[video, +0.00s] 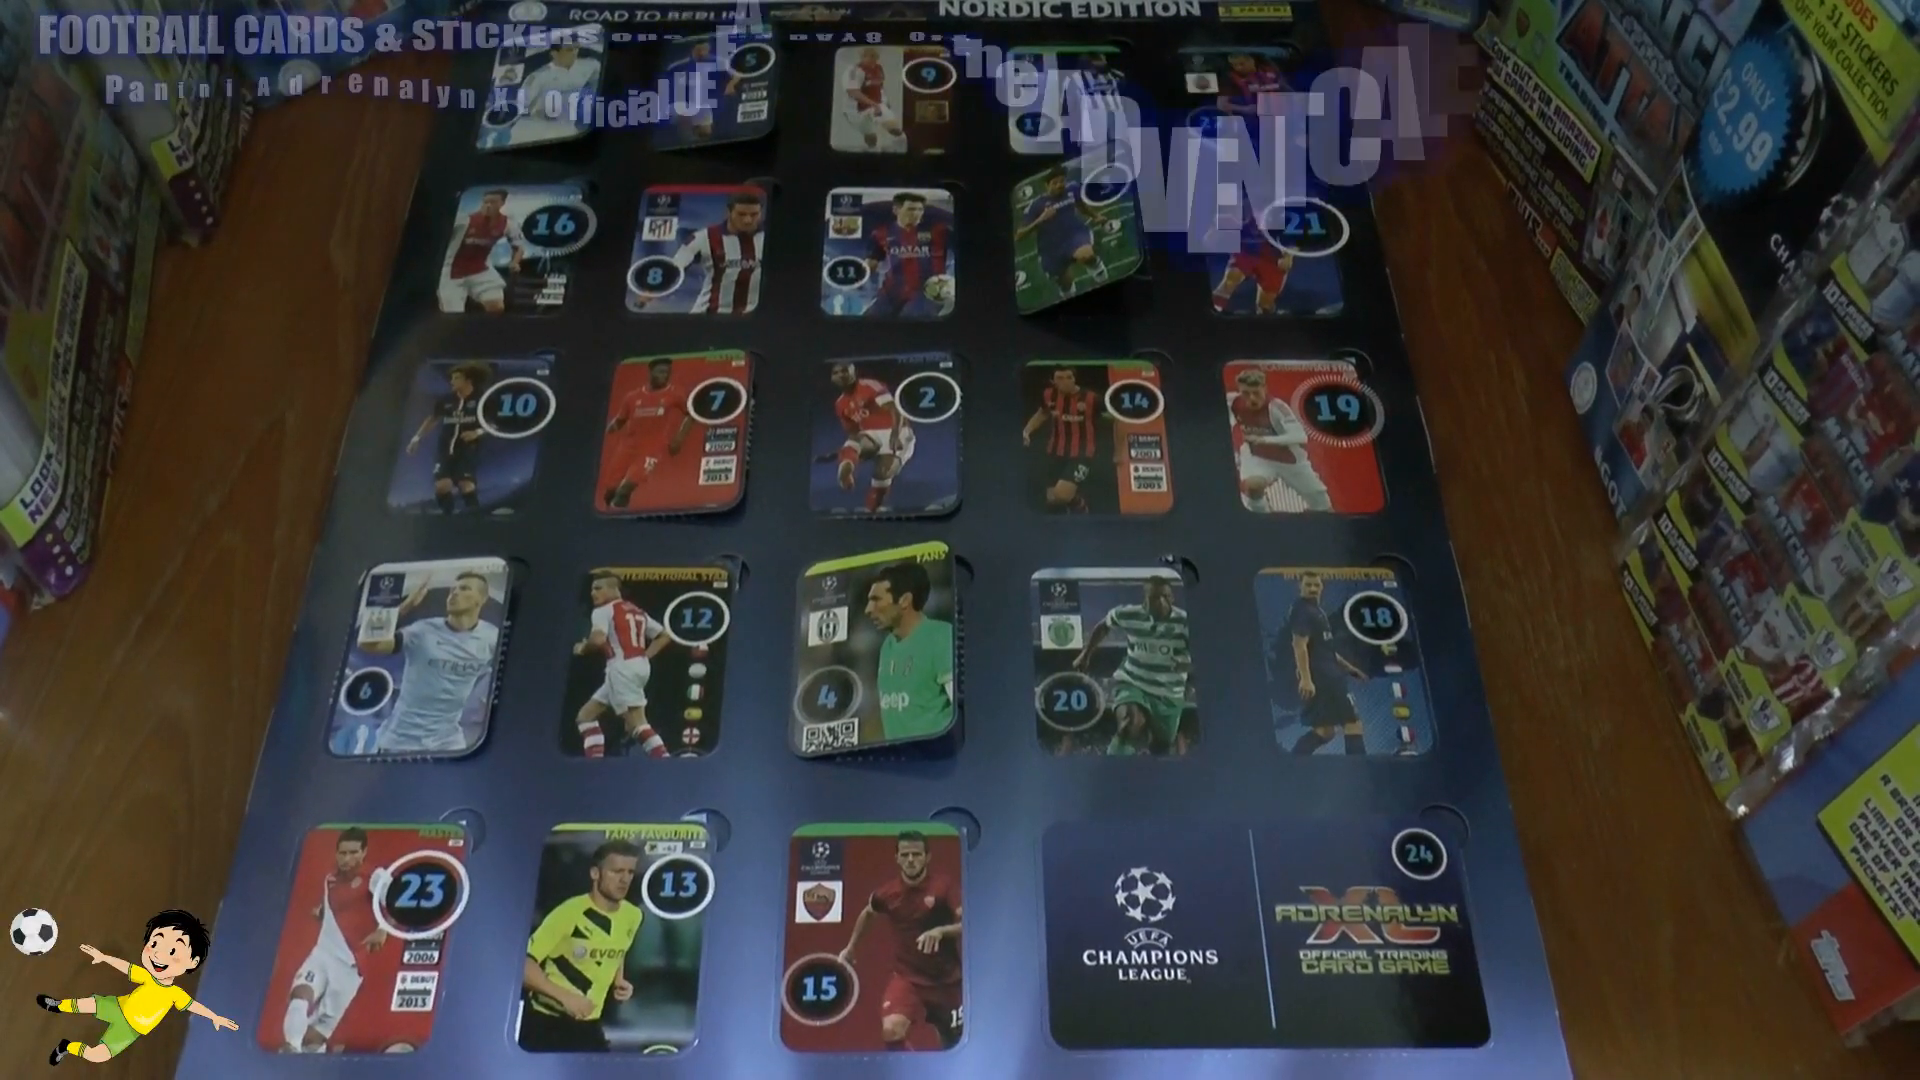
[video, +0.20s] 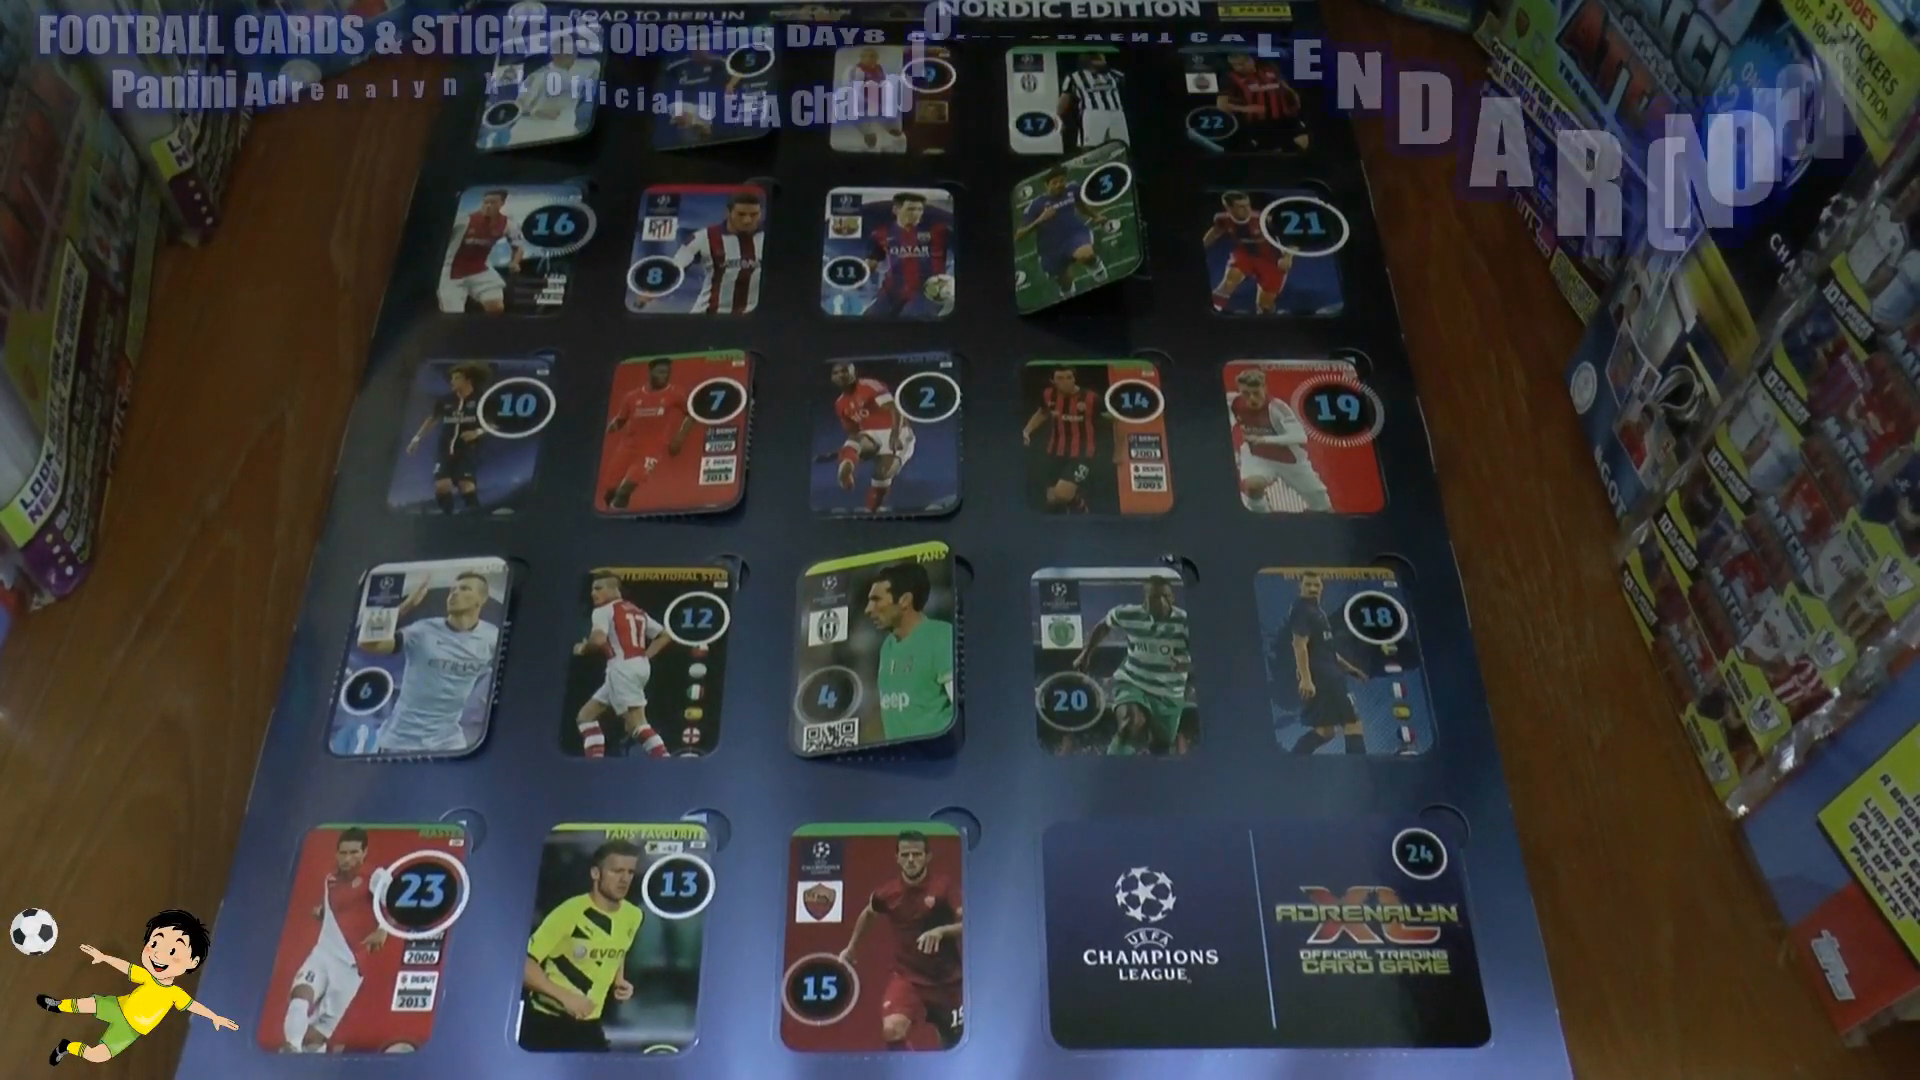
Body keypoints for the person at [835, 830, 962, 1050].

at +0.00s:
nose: (911, 860)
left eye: (916, 854)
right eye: (905, 855)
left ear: (927, 857)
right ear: (897, 859)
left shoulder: (944, 887)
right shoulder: (885, 895)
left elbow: (967, 924)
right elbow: (867, 914)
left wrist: (941, 931)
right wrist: (850, 948)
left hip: (946, 982)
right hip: (906, 979)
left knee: (955, 1048)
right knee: (891, 1030)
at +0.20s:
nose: (911, 860)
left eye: (916, 854)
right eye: (905, 855)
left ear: (927, 857)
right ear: (897, 859)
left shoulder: (944, 887)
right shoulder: (885, 895)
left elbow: (968, 924)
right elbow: (868, 914)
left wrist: (941, 931)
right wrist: (850, 948)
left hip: (947, 982)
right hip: (907, 979)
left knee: (955, 1048)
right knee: (892, 1030)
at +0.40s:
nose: (911, 861)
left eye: (917, 855)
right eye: (905, 855)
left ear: (927, 858)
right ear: (897, 859)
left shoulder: (944, 888)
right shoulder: (886, 895)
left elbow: (969, 925)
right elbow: (868, 915)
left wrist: (942, 931)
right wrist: (850, 948)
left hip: (947, 982)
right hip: (907, 979)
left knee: (954, 1048)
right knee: (892, 1030)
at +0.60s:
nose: (911, 862)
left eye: (916, 856)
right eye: (905, 856)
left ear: (927, 858)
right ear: (897, 860)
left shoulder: (944, 888)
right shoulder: (885, 896)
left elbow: (969, 925)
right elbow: (868, 916)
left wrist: (942, 932)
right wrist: (850, 949)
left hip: (947, 983)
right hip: (906, 980)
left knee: (955, 1050)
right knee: (892, 1031)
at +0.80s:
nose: (911, 862)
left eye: (916, 856)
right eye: (905, 857)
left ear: (927, 859)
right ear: (897, 860)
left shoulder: (944, 888)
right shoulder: (885, 896)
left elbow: (969, 925)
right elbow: (868, 916)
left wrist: (942, 933)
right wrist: (850, 950)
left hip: (946, 983)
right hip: (906, 980)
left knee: (955, 1049)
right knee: (892, 1031)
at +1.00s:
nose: (911, 862)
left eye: (916, 856)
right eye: (905, 857)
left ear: (927, 858)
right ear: (897, 860)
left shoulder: (943, 888)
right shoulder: (885, 896)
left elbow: (968, 926)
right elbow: (868, 916)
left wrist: (941, 933)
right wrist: (850, 949)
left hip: (946, 983)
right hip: (906, 980)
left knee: (955, 1049)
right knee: (892, 1031)